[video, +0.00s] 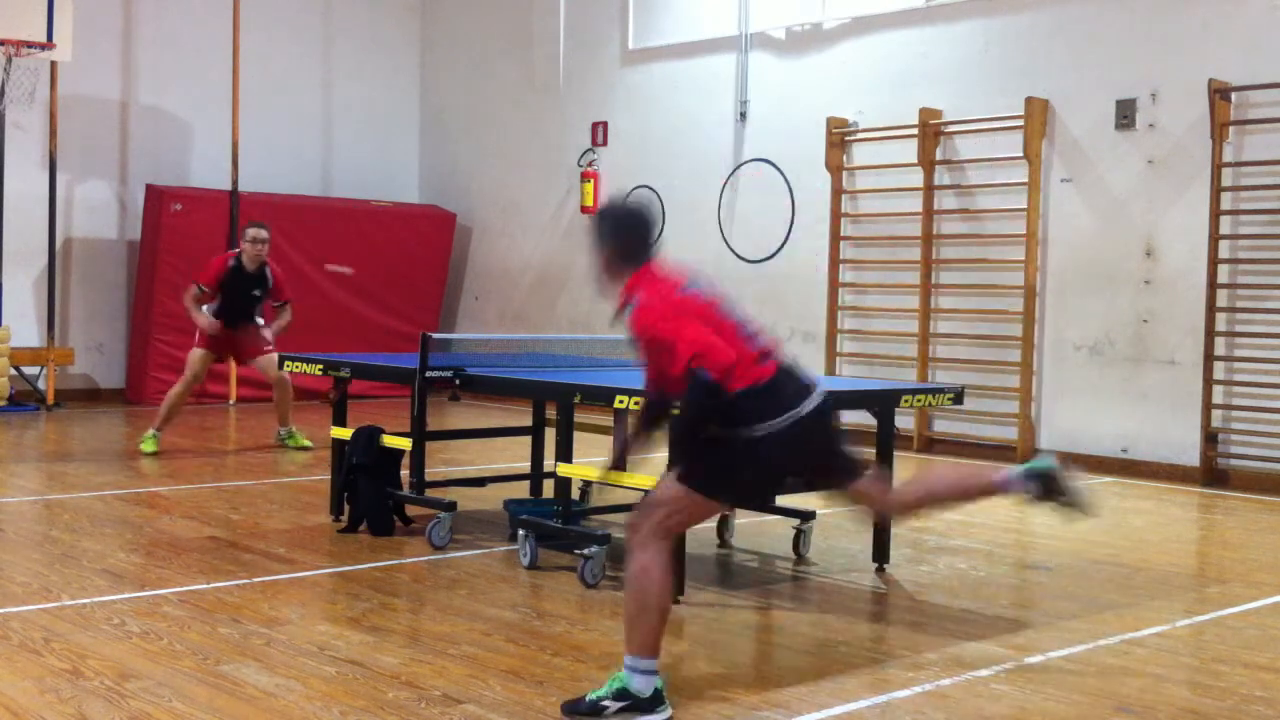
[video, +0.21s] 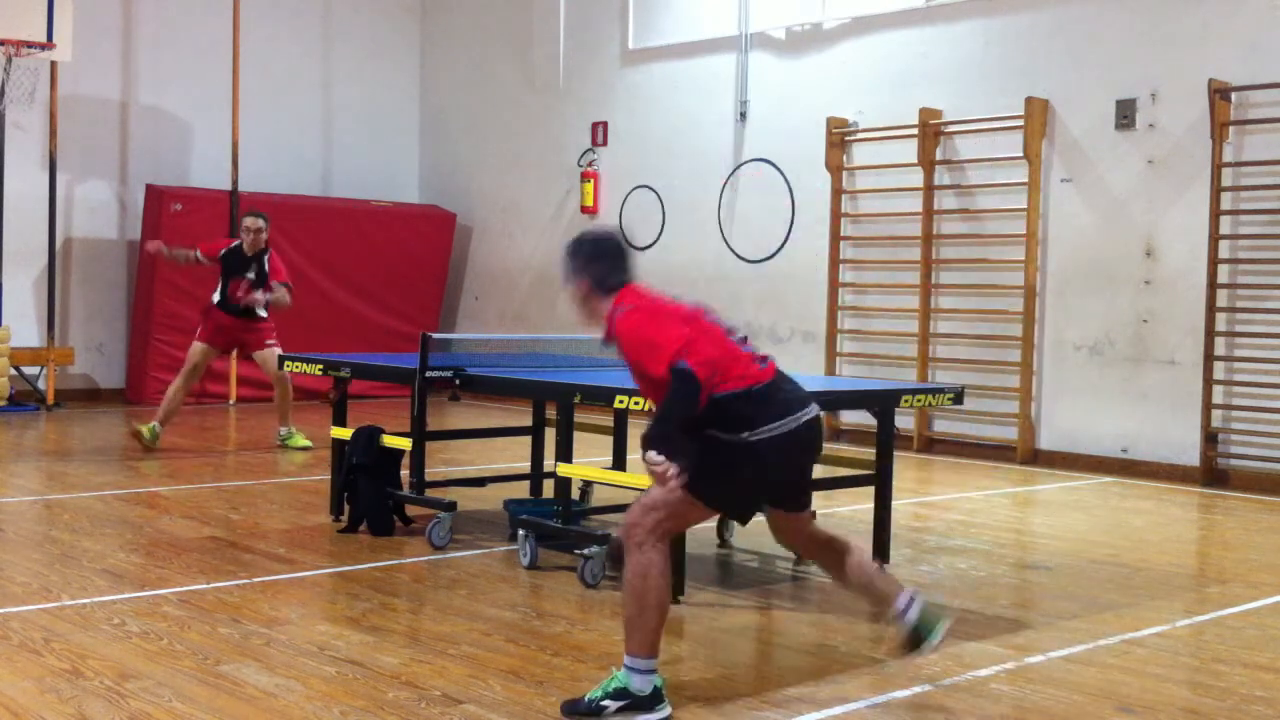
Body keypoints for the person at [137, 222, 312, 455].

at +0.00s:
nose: (259, 247)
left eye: (264, 243)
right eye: (253, 242)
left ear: (269, 246)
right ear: (242, 244)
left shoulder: (271, 273)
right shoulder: (223, 265)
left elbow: (286, 312)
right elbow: (191, 298)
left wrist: (270, 331)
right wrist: (201, 319)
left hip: (248, 330)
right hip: (216, 327)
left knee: (281, 378)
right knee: (192, 377)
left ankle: (286, 432)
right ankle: (154, 432)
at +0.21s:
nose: (251, 236)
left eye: (257, 232)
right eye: (247, 231)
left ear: (266, 234)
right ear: (240, 231)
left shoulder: (271, 259)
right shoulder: (228, 249)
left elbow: (285, 298)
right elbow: (193, 256)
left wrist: (263, 298)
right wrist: (165, 251)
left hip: (256, 325)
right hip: (219, 320)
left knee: (281, 374)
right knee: (190, 370)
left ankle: (286, 432)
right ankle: (155, 429)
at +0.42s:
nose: (243, 229)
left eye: (249, 224)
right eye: (238, 224)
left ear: (257, 228)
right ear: (231, 226)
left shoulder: (264, 255)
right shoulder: (222, 246)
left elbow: (283, 294)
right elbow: (197, 258)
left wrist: (268, 289)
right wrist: (163, 259)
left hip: (250, 321)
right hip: (216, 316)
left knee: (272, 365)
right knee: (179, 365)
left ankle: (285, 429)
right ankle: (171, 421)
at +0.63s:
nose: (223, 227)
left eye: (228, 222)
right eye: (217, 221)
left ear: (233, 227)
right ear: (207, 225)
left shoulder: (239, 255)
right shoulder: (194, 250)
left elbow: (261, 287)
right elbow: (169, 274)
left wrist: (261, 306)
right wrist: (158, 306)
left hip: (231, 318)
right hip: (196, 317)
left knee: (256, 359)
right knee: (187, 371)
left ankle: (275, 422)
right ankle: (190, 422)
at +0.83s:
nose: (213, 218)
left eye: (218, 213)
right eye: (208, 213)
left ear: (223, 217)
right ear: (196, 216)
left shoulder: (230, 244)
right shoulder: (184, 240)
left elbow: (246, 277)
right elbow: (168, 265)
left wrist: (250, 303)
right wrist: (169, 295)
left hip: (221, 311)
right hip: (186, 308)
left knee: (235, 363)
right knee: (166, 357)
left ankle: (237, 414)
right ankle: (168, 412)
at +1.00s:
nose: (203, 233)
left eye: (207, 228)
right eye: (197, 228)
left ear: (212, 232)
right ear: (185, 232)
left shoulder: (220, 258)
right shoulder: (172, 256)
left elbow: (239, 286)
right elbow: (154, 285)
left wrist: (248, 309)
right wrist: (155, 311)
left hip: (212, 322)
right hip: (175, 320)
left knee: (232, 369)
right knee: (144, 367)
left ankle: (235, 420)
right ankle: (112, 417)